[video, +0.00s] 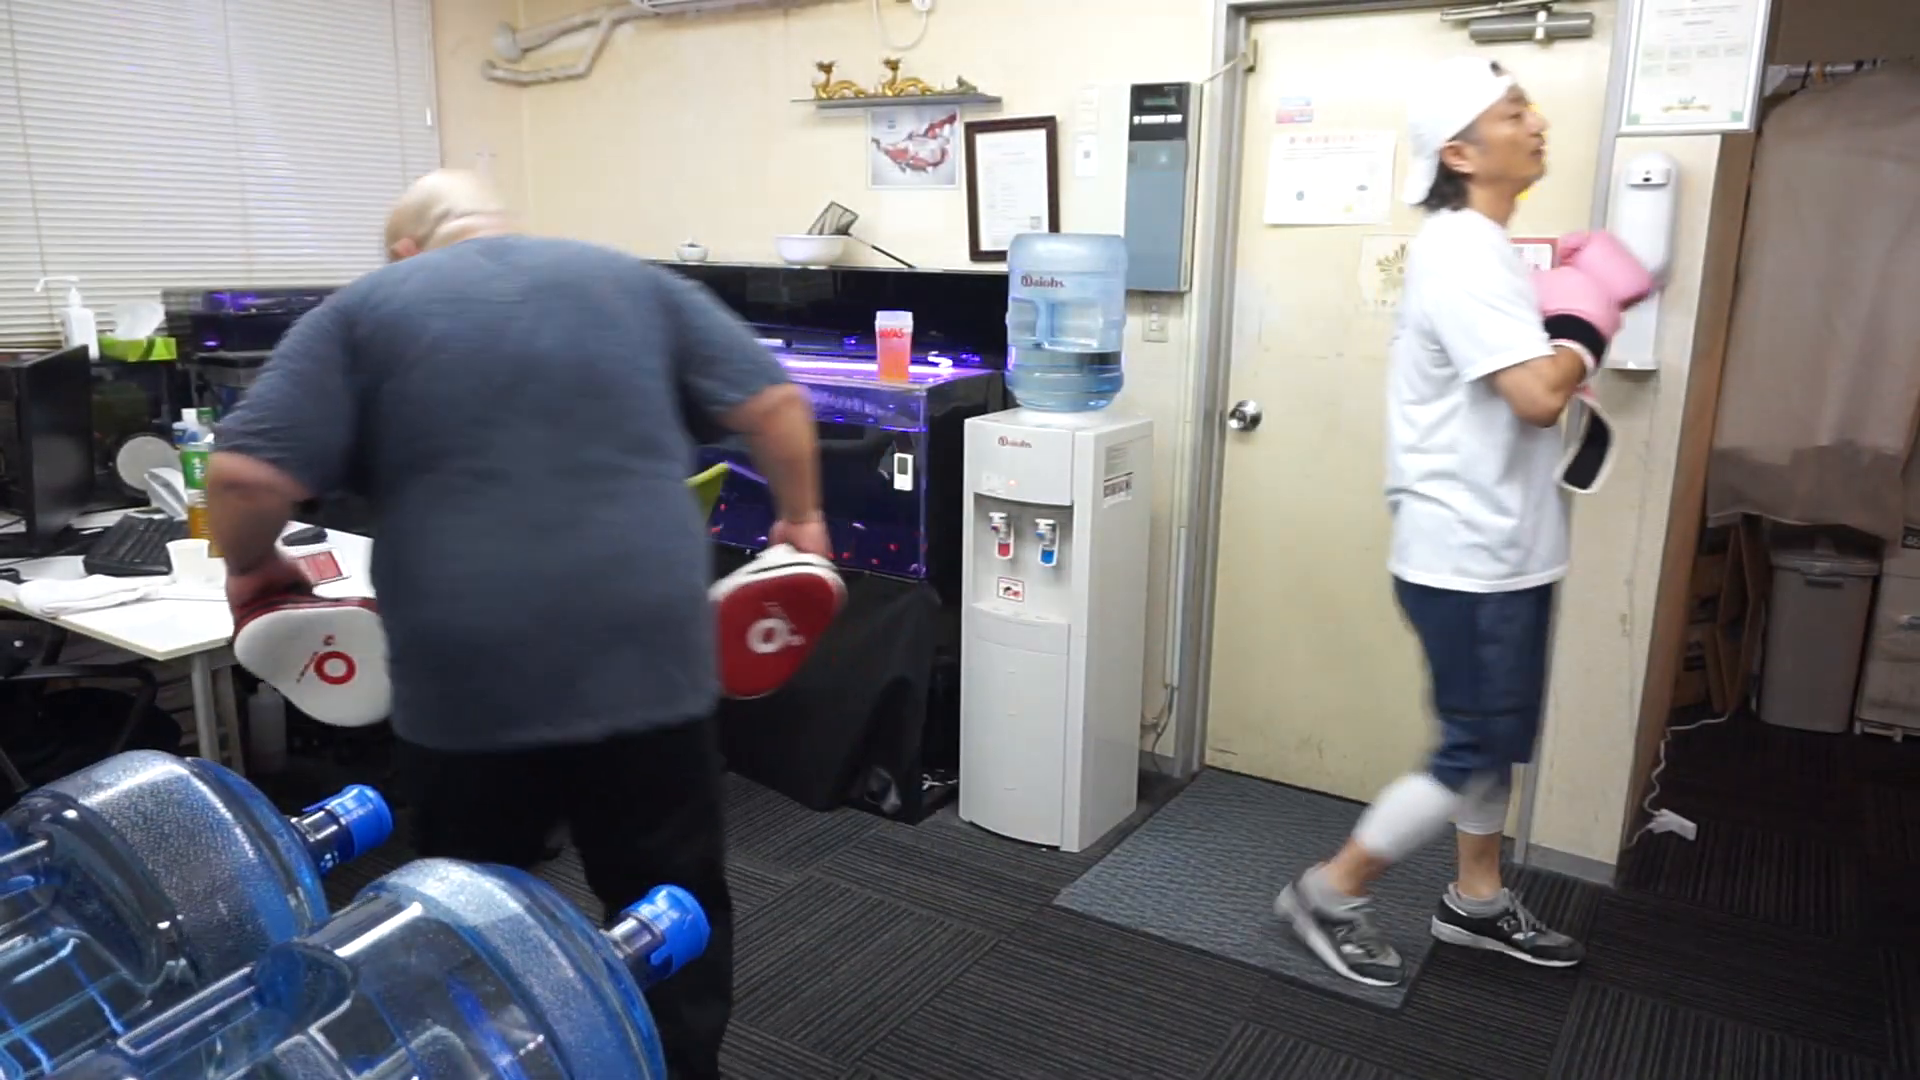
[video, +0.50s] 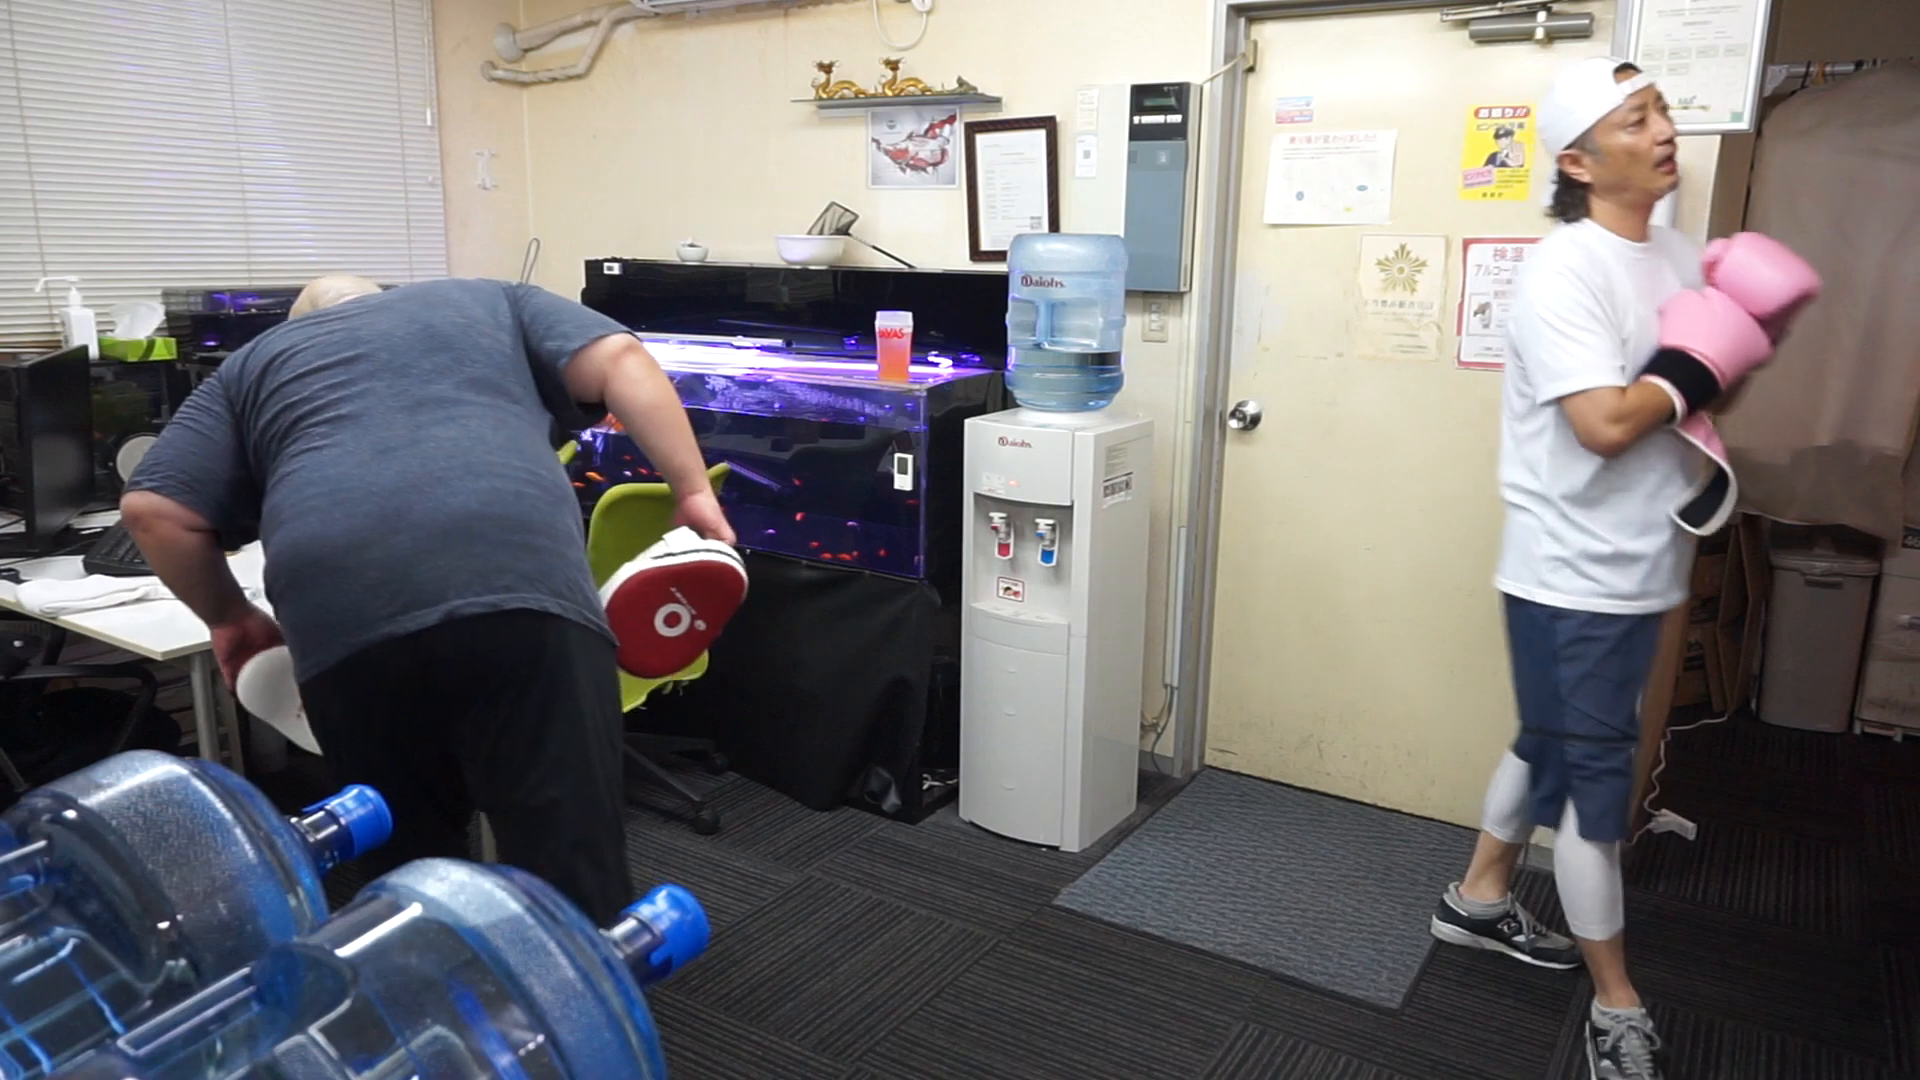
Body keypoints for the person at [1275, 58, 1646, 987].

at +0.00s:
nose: (1536, 123)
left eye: (1527, 109)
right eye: (1513, 115)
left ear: (1479, 152)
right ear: (1463, 152)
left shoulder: (1493, 248)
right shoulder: (1459, 251)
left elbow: (1527, 375)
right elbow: (1539, 398)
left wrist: (1569, 309)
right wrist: (1586, 325)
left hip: (1507, 546)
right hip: (1464, 552)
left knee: (1496, 738)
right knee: (1474, 752)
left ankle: (1476, 898)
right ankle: (1326, 892)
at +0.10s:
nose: (1567, 119)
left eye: (1559, 104)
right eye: (1543, 111)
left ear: (1513, 149)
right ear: (1490, 149)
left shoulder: (1529, 249)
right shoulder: (1483, 251)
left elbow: (1571, 373)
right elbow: (1558, 390)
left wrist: (1610, 310)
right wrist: (1620, 315)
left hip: (1523, 546)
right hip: (1490, 552)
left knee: (1502, 740)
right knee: (1534, 758)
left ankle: (1477, 904)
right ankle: (1386, 871)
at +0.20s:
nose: (1593, 118)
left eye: (1586, 103)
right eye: (1567, 111)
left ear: (1553, 146)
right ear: (1514, 149)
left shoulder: (1561, 248)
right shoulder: (1508, 248)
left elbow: (1585, 373)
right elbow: (1578, 390)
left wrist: (1635, 315)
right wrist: (1641, 320)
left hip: (1544, 543)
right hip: (1509, 547)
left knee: (1502, 732)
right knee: (1582, 755)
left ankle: (1486, 901)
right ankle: (1451, 897)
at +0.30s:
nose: (1617, 117)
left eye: (1611, 101)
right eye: (1592, 110)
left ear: (1586, 142)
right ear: (1539, 149)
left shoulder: (1597, 247)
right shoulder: (1522, 255)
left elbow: (1607, 375)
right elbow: (1594, 394)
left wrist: (1666, 321)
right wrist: (1668, 314)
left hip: (1571, 548)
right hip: (1526, 553)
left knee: (1514, 726)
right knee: (1574, 758)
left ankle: (1476, 891)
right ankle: (1535, 959)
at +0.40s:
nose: (1644, 127)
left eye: (1638, 109)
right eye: (1616, 118)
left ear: (1622, 141)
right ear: (1562, 155)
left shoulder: (1627, 253)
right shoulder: (1543, 260)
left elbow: (1637, 384)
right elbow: (1603, 408)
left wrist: (1689, 354)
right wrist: (1688, 329)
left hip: (1593, 556)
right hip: (1543, 563)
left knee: (1527, 738)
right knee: (1566, 771)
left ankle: (1473, 895)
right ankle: (1605, 990)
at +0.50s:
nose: (1664, 130)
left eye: (1661, 112)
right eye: (1635, 122)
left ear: (1665, 140)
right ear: (1580, 162)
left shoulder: (1676, 252)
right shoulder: (1558, 274)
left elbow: (1689, 387)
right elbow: (1605, 424)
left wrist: (1739, 331)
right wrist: (1699, 357)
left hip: (1637, 562)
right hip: (1567, 572)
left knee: (1548, 741)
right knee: (1595, 786)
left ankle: (1475, 897)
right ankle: (1616, 1003)